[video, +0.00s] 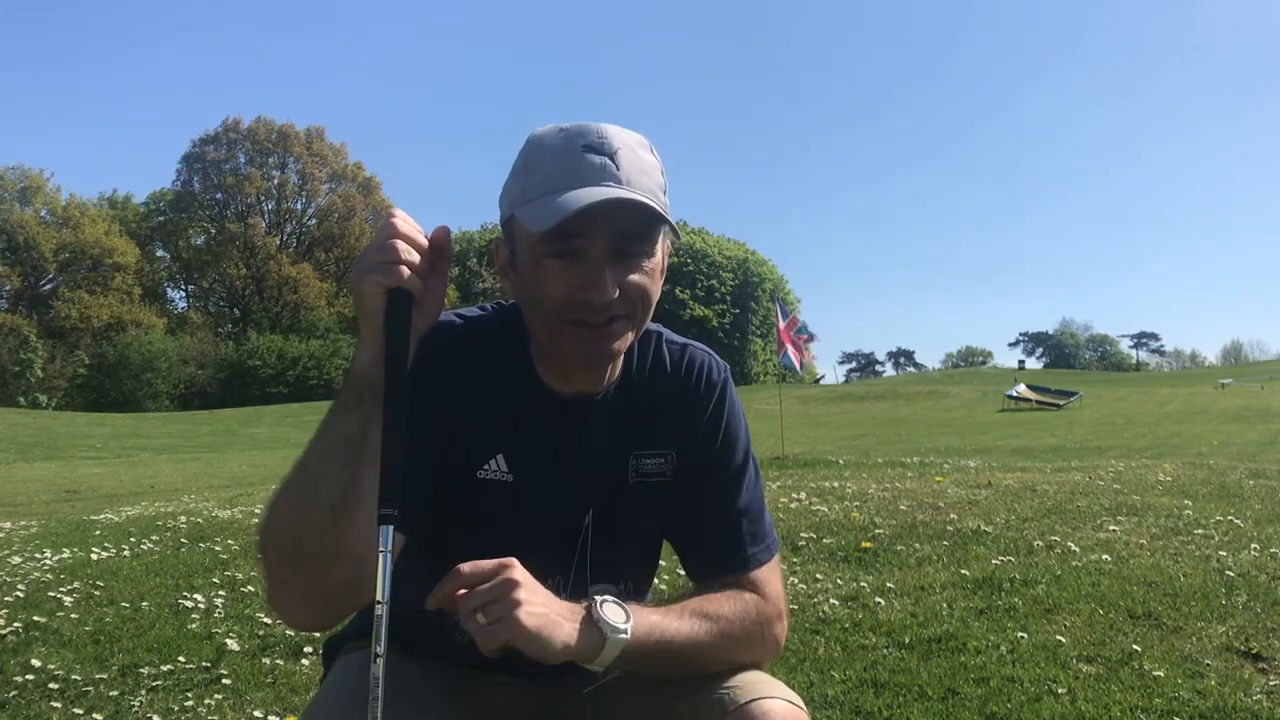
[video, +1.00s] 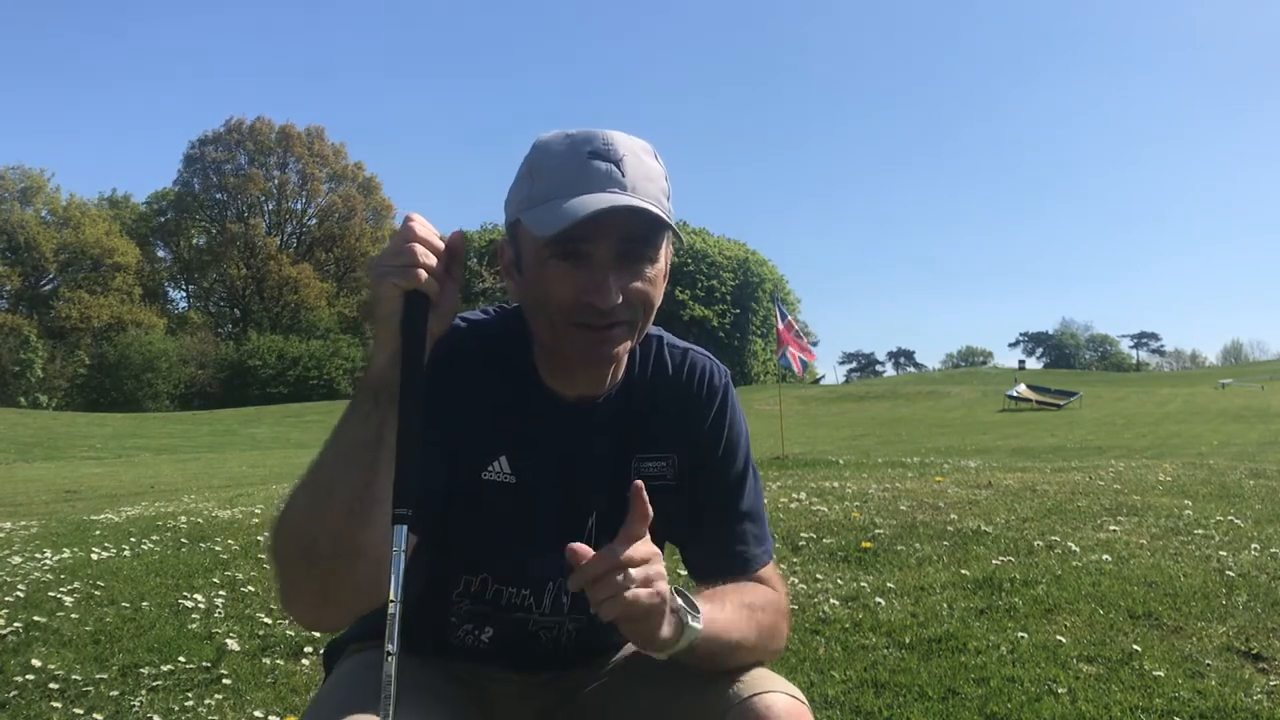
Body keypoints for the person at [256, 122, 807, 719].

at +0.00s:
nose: (602, 289)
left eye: (630, 252)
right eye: (565, 251)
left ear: (663, 264)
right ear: (504, 262)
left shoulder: (691, 384)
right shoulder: (436, 361)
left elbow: (759, 620)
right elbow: (303, 601)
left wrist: (585, 627)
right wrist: (376, 361)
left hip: (604, 671)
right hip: (434, 663)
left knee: (772, 710)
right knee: (352, 700)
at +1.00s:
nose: (607, 292)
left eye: (636, 254)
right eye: (570, 253)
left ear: (666, 268)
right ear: (509, 263)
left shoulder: (693, 388)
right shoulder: (441, 367)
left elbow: (763, 613)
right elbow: (316, 602)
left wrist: (676, 618)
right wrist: (388, 365)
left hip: (609, 668)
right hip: (435, 668)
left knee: (776, 709)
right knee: (351, 710)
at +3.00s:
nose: (596, 289)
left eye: (626, 254)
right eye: (564, 253)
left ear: (663, 275)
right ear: (510, 263)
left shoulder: (689, 390)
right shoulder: (437, 369)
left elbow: (765, 607)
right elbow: (303, 606)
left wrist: (668, 647)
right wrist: (377, 367)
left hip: (612, 670)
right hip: (432, 669)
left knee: (778, 711)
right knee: (346, 715)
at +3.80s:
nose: (610, 316)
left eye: (638, 281)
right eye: (578, 279)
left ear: (668, 278)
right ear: (514, 269)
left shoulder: (692, 392)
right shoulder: (435, 370)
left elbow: (752, 587)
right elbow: (312, 607)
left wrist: (748, 624)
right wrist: (379, 368)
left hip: (606, 672)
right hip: (433, 673)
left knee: (780, 711)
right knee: (352, 715)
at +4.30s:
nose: (600, 295)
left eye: (628, 259)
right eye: (569, 257)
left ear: (659, 261)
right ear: (505, 254)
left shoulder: (683, 379)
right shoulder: (433, 364)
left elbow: (789, 617)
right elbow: (314, 608)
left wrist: (808, 558)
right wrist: (379, 369)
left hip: (606, 665)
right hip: (434, 672)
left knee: (782, 708)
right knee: (371, 712)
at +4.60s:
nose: (584, 268)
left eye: (614, 234)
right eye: (552, 231)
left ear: (650, 253)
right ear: (500, 244)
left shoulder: (682, 376)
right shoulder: (432, 362)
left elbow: (839, 584)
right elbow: (309, 607)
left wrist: (832, 532)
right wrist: (376, 364)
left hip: (605, 665)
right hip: (431, 672)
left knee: (780, 707)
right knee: (368, 713)